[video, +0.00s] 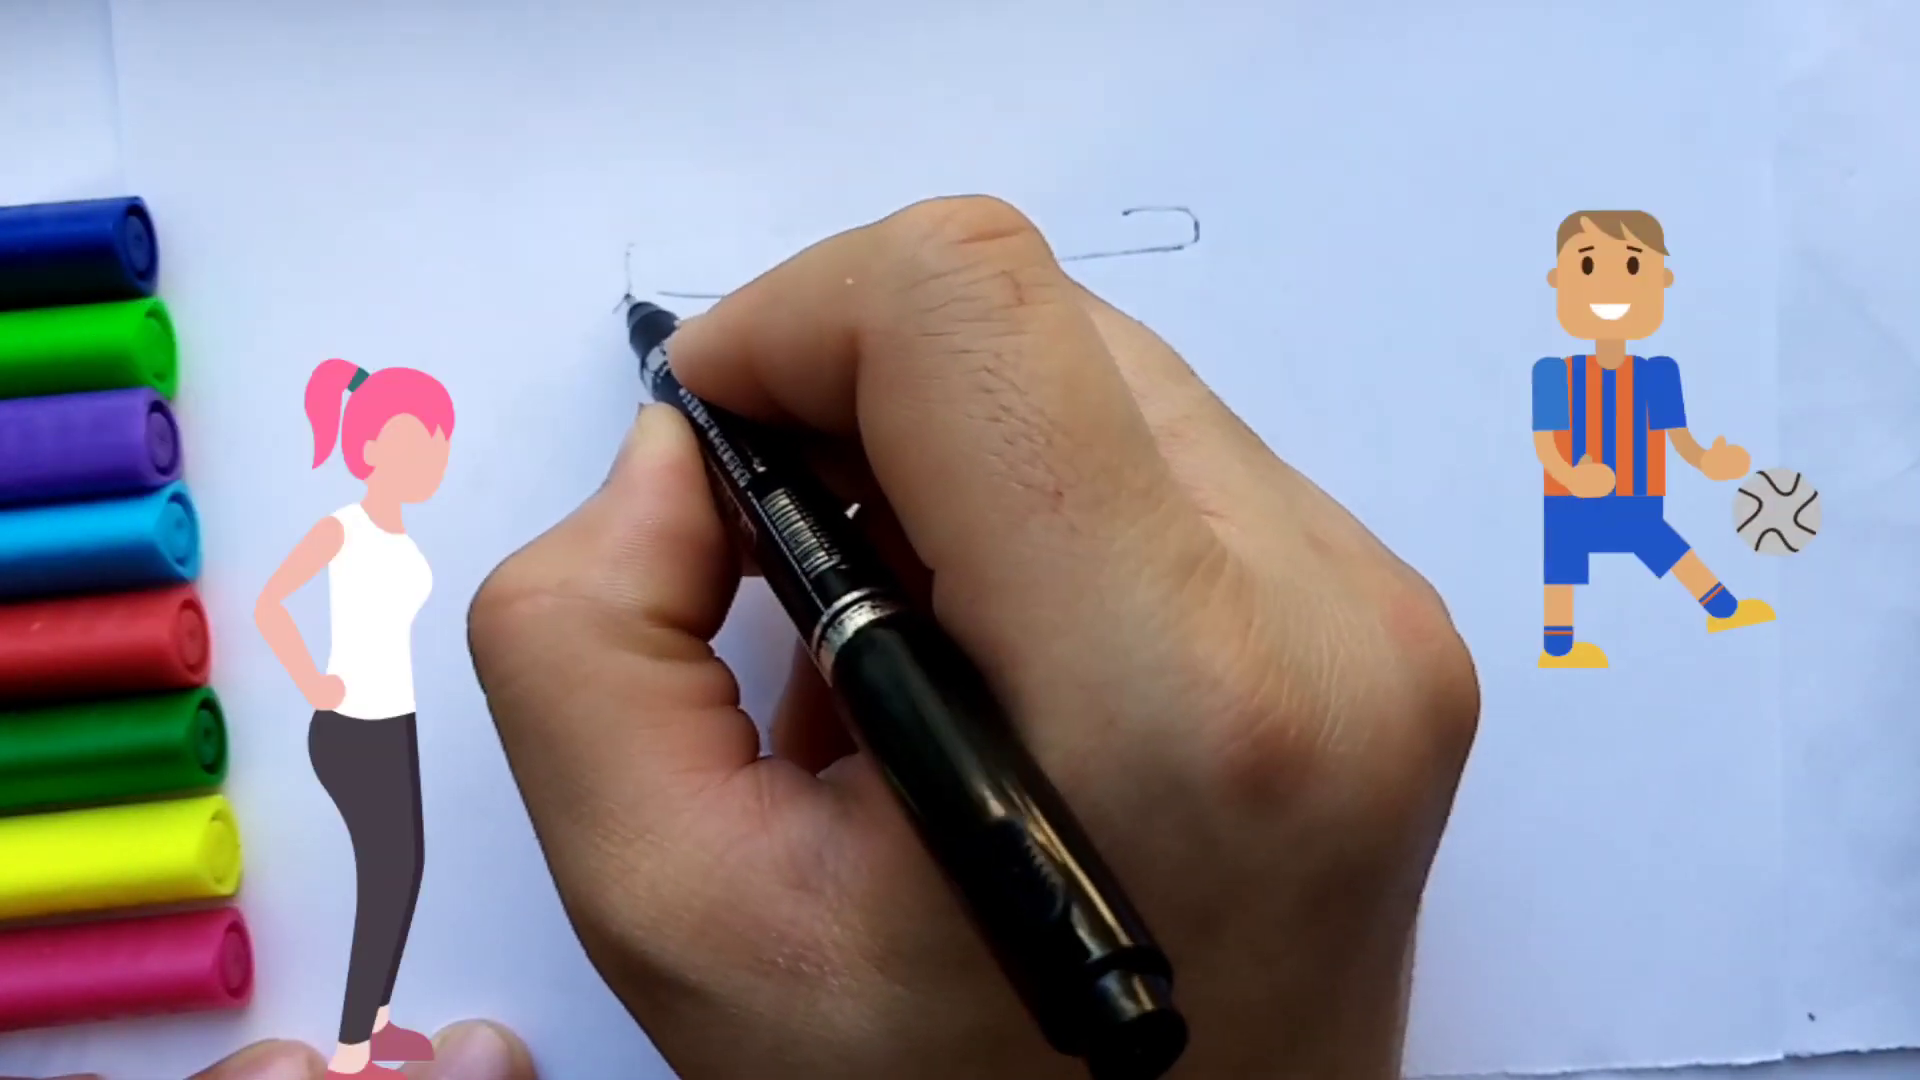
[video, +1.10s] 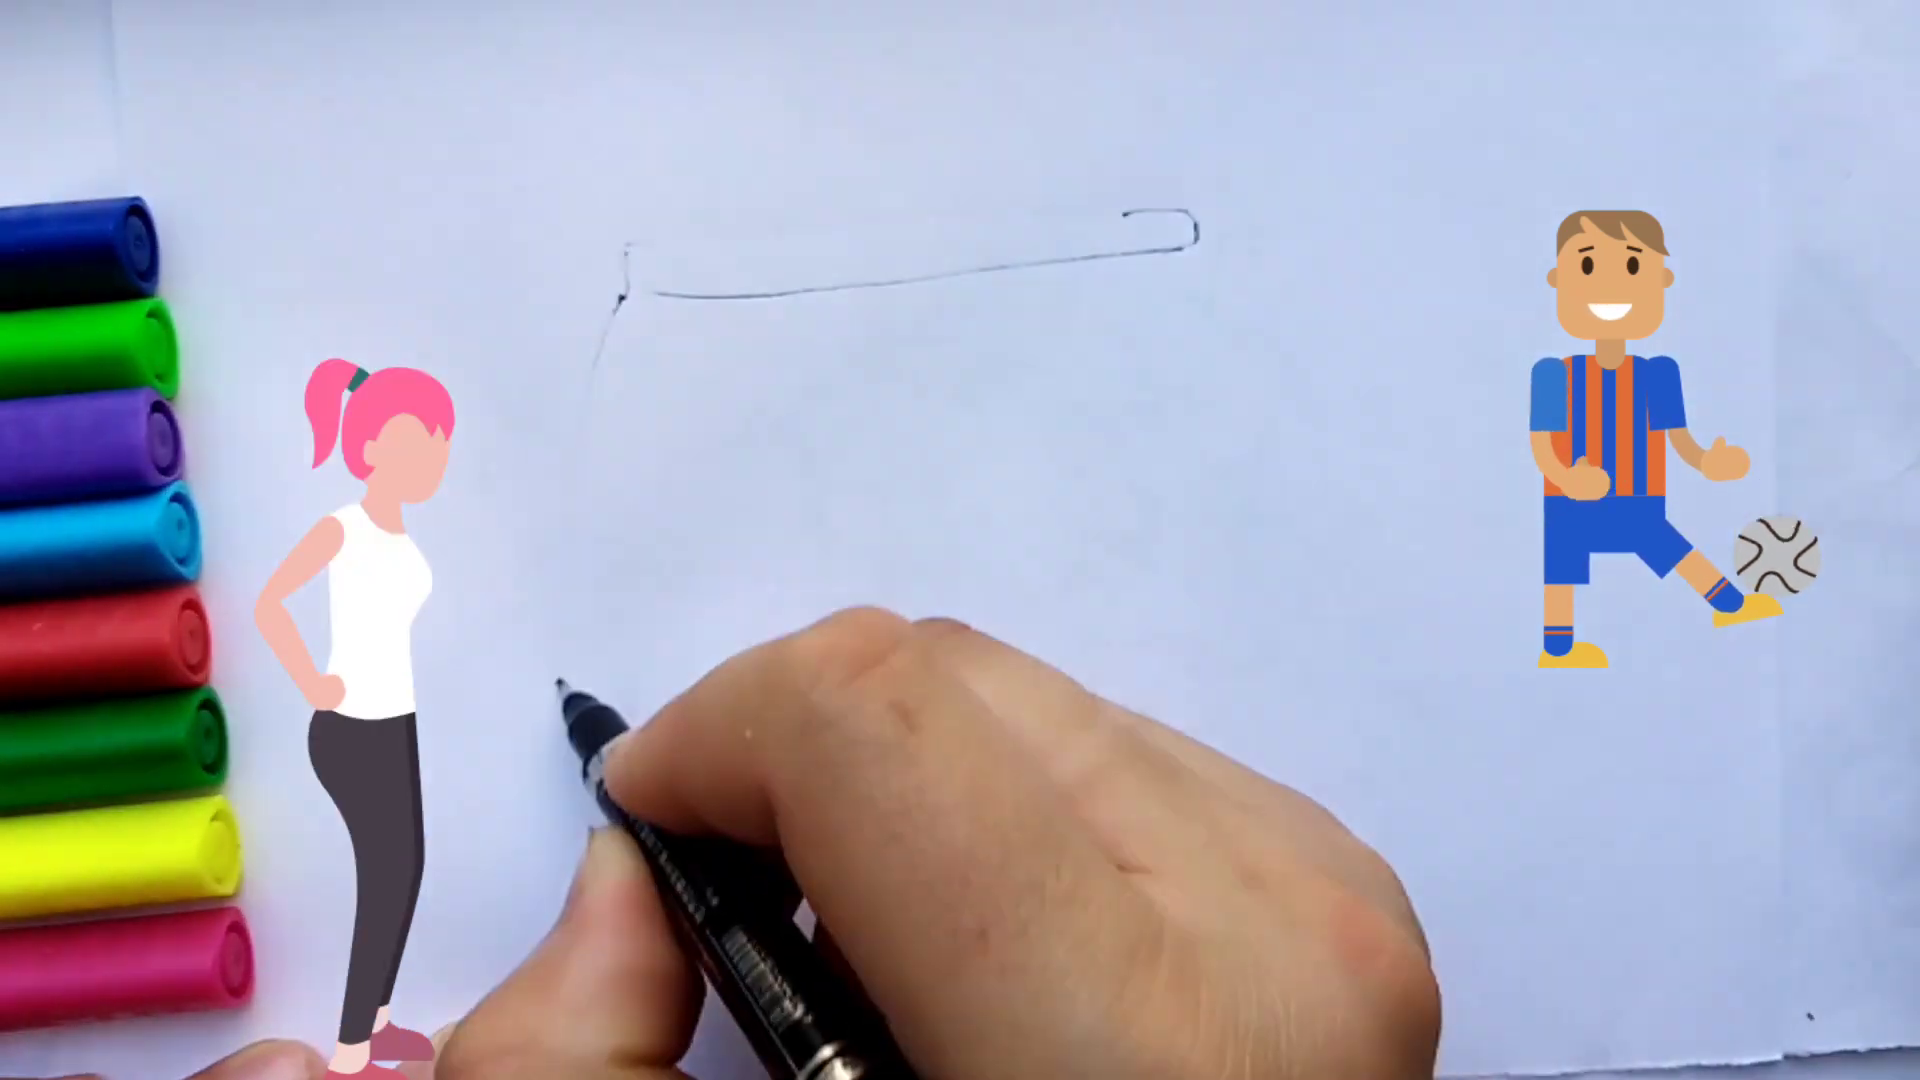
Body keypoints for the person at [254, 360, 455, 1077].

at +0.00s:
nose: (432, 460)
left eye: (436, 444)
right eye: (417, 442)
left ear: (438, 452)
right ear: (375, 448)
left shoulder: (406, 539)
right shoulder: (343, 529)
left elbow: (390, 623)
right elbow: (269, 605)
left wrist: (397, 685)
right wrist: (313, 684)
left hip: (397, 729)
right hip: (352, 730)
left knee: (404, 872)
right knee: (387, 876)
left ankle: (375, 1021)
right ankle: (350, 1047)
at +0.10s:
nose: (431, 459)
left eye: (435, 443)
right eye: (415, 441)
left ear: (438, 452)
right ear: (374, 447)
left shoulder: (407, 539)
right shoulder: (343, 529)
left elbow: (391, 623)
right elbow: (269, 605)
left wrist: (398, 685)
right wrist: (312, 683)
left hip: (397, 729)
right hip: (352, 729)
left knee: (405, 872)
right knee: (387, 876)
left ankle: (375, 1020)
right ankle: (350, 1047)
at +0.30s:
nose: (400, 590)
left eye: (403, 574)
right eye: (384, 573)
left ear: (405, 581)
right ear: (344, 578)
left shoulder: (366, 668)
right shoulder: (312, 655)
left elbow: (325, 741)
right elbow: (214, 712)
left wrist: (320, 801)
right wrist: (250, 791)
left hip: (309, 844)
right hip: (264, 849)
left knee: (391, 865)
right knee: (392, 871)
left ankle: (340, 1022)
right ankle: (351, 1055)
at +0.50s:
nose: (434, 459)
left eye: (438, 442)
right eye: (419, 440)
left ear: (439, 451)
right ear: (376, 447)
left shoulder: (405, 537)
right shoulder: (344, 529)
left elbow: (390, 623)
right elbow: (269, 604)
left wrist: (396, 685)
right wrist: (312, 683)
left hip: (398, 728)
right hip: (352, 729)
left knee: (405, 871)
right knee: (387, 875)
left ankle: (374, 1021)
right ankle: (350, 1048)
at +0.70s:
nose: (434, 458)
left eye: (437, 441)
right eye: (418, 440)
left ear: (439, 450)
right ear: (375, 447)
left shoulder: (406, 537)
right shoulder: (344, 529)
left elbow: (389, 620)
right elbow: (269, 604)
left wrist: (395, 682)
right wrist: (311, 682)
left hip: (398, 727)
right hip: (352, 729)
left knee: (404, 871)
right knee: (387, 875)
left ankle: (373, 1023)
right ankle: (350, 1049)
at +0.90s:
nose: (401, 590)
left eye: (404, 573)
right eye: (385, 573)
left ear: (404, 582)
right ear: (345, 578)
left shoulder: (365, 665)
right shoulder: (311, 656)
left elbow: (324, 738)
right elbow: (213, 712)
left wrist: (319, 798)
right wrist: (249, 790)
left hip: (309, 842)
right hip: (264, 849)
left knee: (392, 865)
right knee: (392, 872)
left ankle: (339, 1026)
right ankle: (350, 1055)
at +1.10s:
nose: (434, 459)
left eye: (438, 442)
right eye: (418, 440)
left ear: (440, 452)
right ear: (375, 447)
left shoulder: (404, 536)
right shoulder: (343, 529)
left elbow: (387, 623)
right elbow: (269, 605)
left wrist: (397, 687)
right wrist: (312, 684)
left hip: (397, 730)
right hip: (352, 732)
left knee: (405, 872)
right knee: (387, 878)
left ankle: (373, 1019)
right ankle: (349, 1049)